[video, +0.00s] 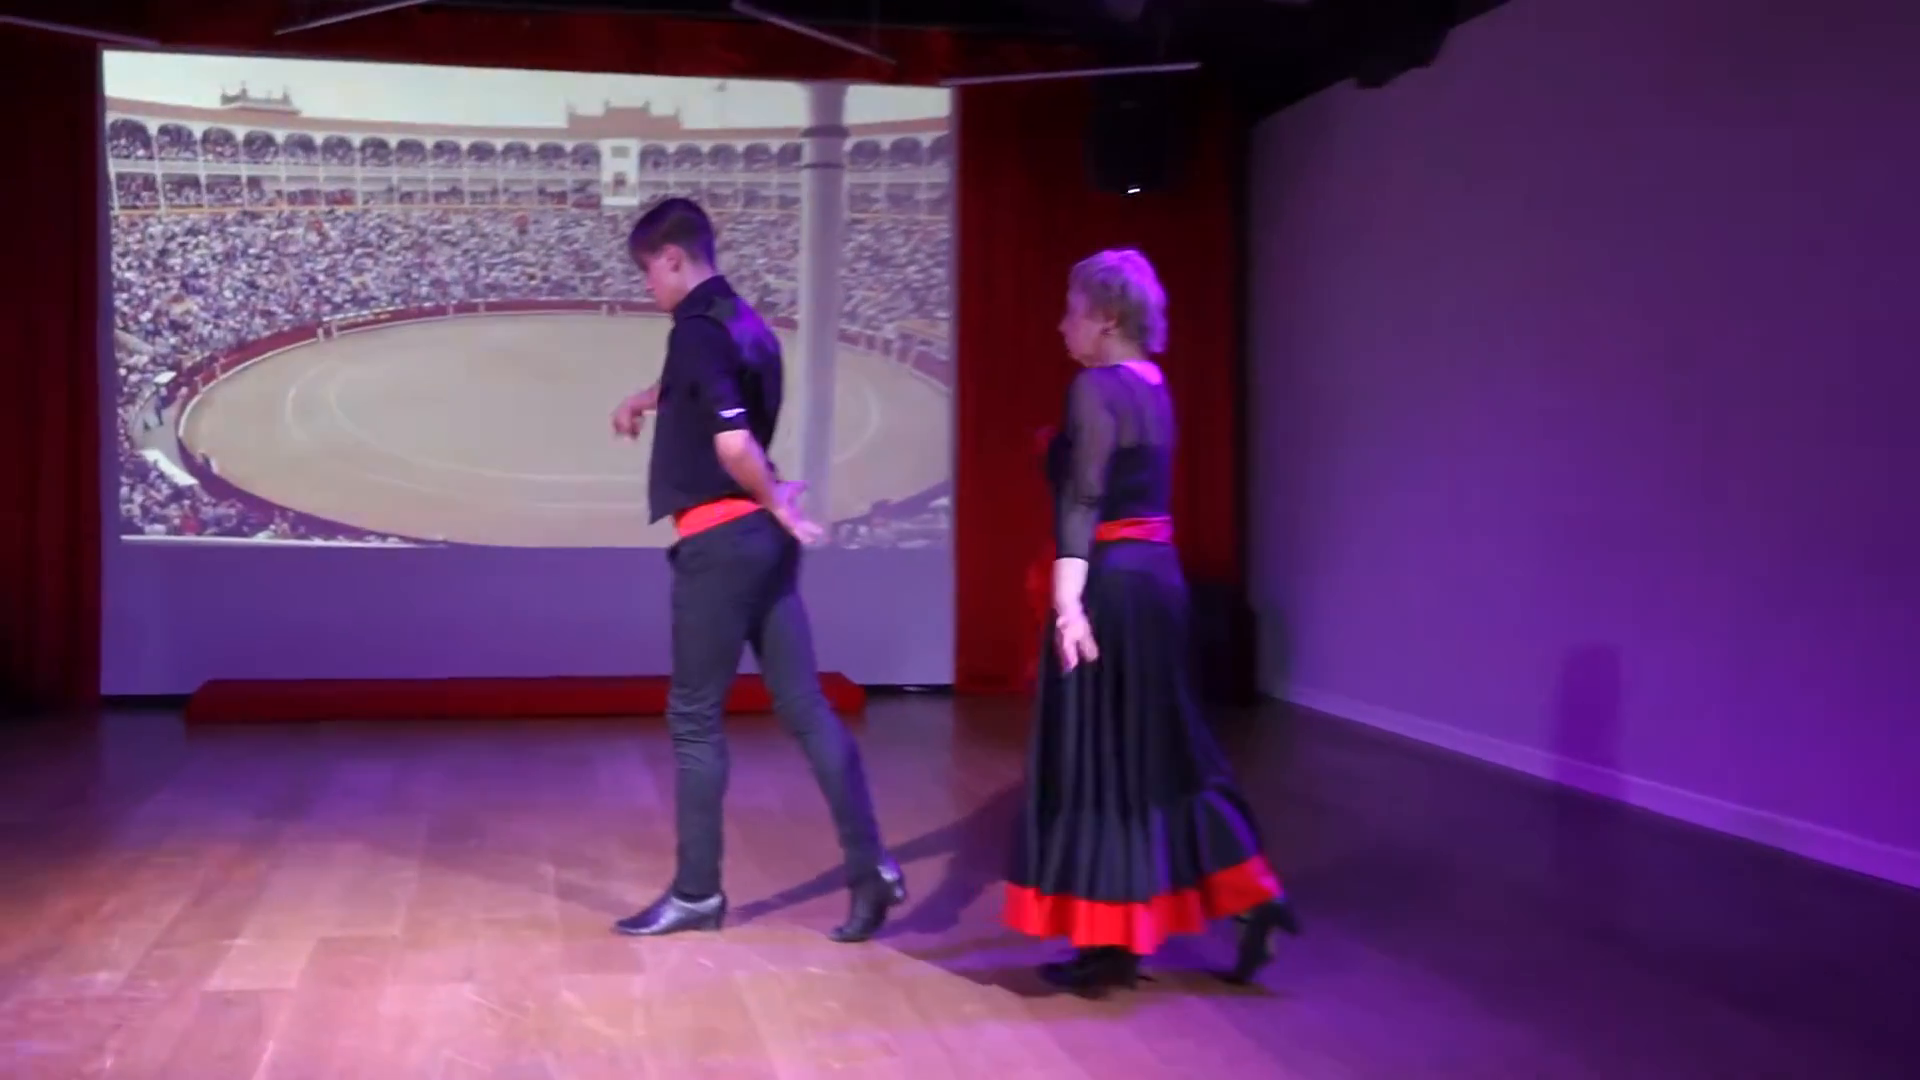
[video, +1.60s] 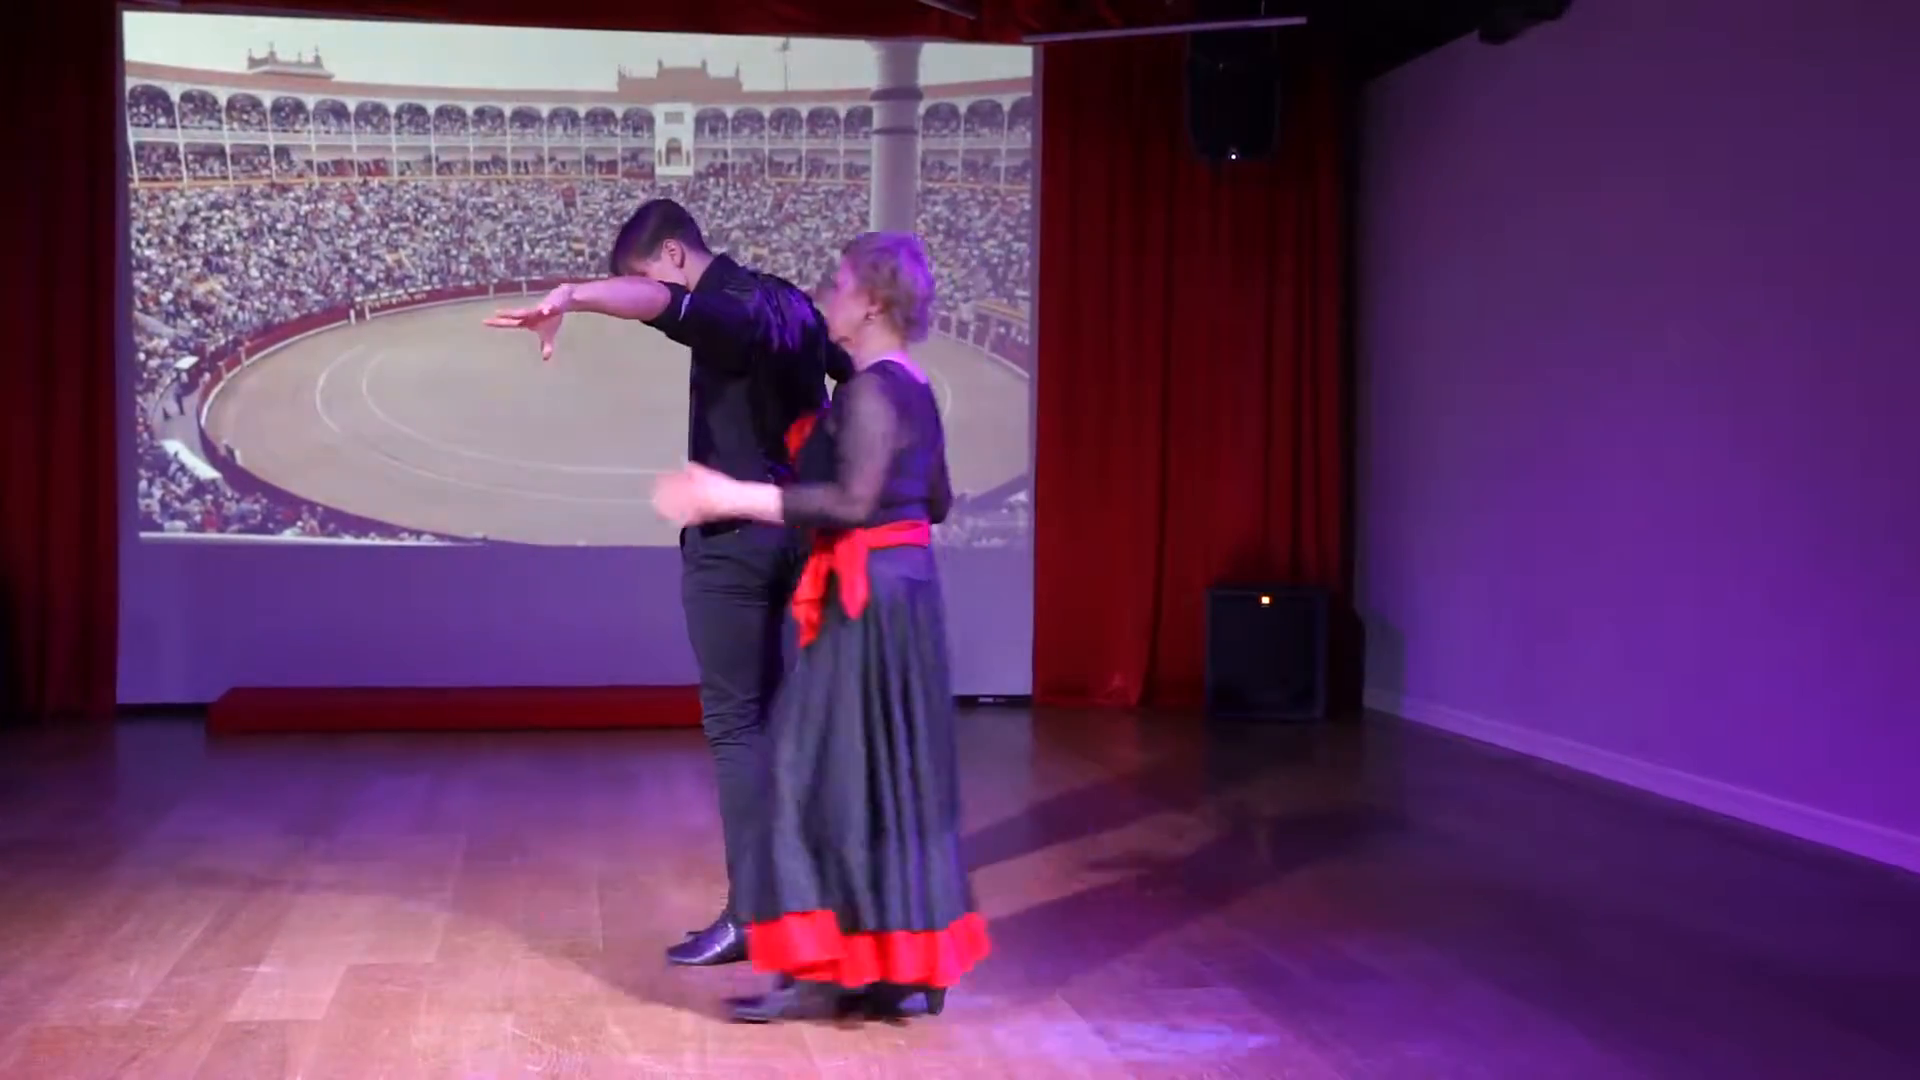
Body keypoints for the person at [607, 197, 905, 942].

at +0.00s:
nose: (647, 286)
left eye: (648, 271)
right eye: (644, 272)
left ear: (675, 260)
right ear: (694, 257)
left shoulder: (697, 330)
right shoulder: (739, 314)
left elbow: (731, 443)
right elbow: (703, 383)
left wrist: (777, 501)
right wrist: (649, 400)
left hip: (717, 549)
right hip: (760, 541)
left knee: (695, 722)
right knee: (805, 707)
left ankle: (697, 892)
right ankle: (872, 871)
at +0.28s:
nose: (701, 271)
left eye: (705, 255)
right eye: (698, 256)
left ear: (738, 247)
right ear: (761, 244)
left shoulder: (757, 319)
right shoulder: (797, 313)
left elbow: (797, 443)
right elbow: (709, 440)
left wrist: (837, 462)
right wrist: (680, 388)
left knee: (699, 728)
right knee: (857, 720)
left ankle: (757, 914)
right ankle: (921, 892)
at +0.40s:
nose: (694, 274)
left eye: (695, 257)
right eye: (691, 259)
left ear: (725, 244)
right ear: (757, 244)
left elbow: (700, 398)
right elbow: (854, 450)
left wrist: (740, 487)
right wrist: (792, 448)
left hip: (734, 548)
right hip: (802, 541)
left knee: (713, 733)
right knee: (765, 719)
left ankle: (757, 920)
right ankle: (827, 886)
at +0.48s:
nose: (678, 275)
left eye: (682, 257)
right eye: (676, 259)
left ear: (716, 242)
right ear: (739, 242)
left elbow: (647, 373)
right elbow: (876, 445)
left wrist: (634, 493)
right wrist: (818, 511)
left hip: (742, 539)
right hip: (793, 540)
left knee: (720, 725)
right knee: (724, 720)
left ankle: (760, 916)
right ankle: (758, 904)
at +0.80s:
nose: (661, 289)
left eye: (662, 268)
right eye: (655, 273)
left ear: (700, 245)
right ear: (718, 246)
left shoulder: (728, 310)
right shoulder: (802, 309)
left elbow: (652, 343)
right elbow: (867, 400)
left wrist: (556, 409)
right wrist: (827, 491)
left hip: (730, 534)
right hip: (780, 531)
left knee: (733, 728)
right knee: (735, 721)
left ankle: (760, 917)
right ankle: (759, 909)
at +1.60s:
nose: (649, 292)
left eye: (645, 278)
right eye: (642, 281)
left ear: (675, 252)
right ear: (699, 244)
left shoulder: (730, 304)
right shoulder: (791, 301)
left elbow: (661, 300)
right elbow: (858, 384)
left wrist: (570, 296)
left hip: (732, 546)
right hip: (787, 542)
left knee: (734, 727)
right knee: (774, 721)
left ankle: (753, 909)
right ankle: (801, 905)